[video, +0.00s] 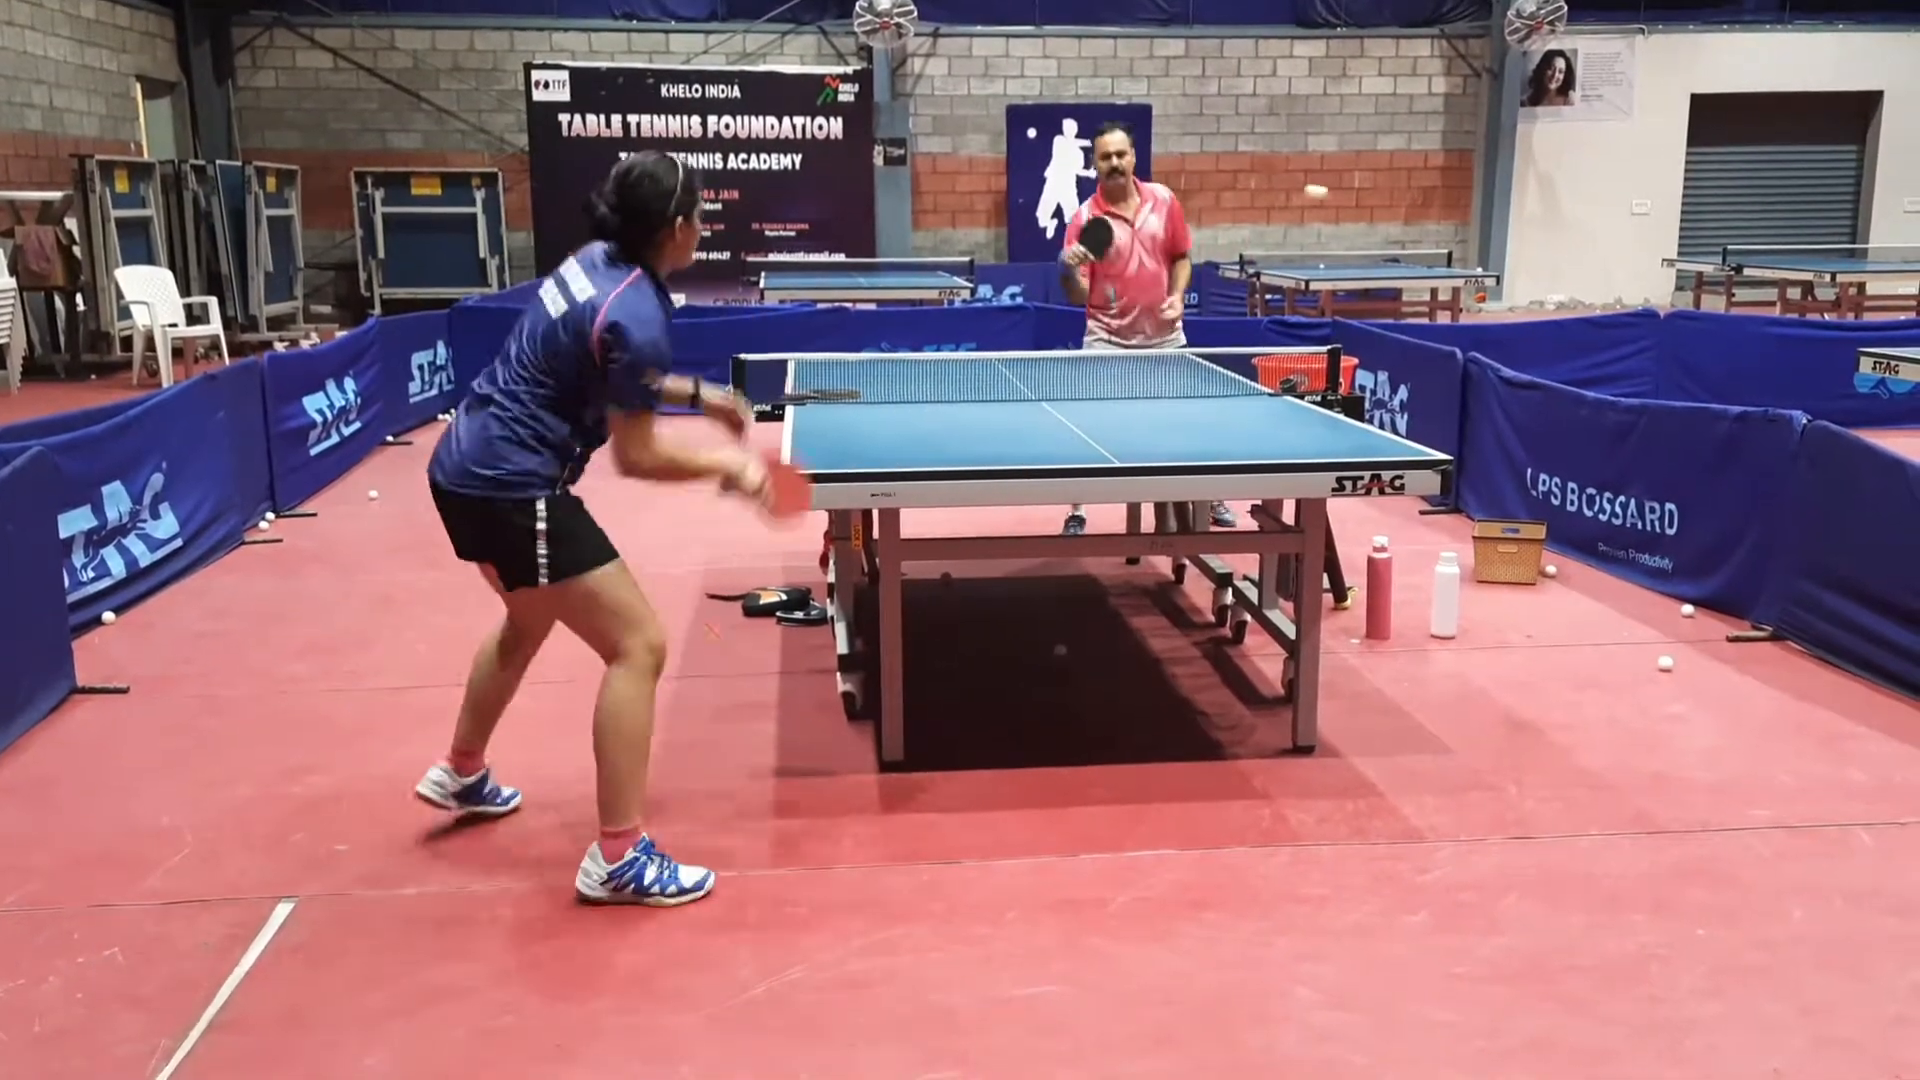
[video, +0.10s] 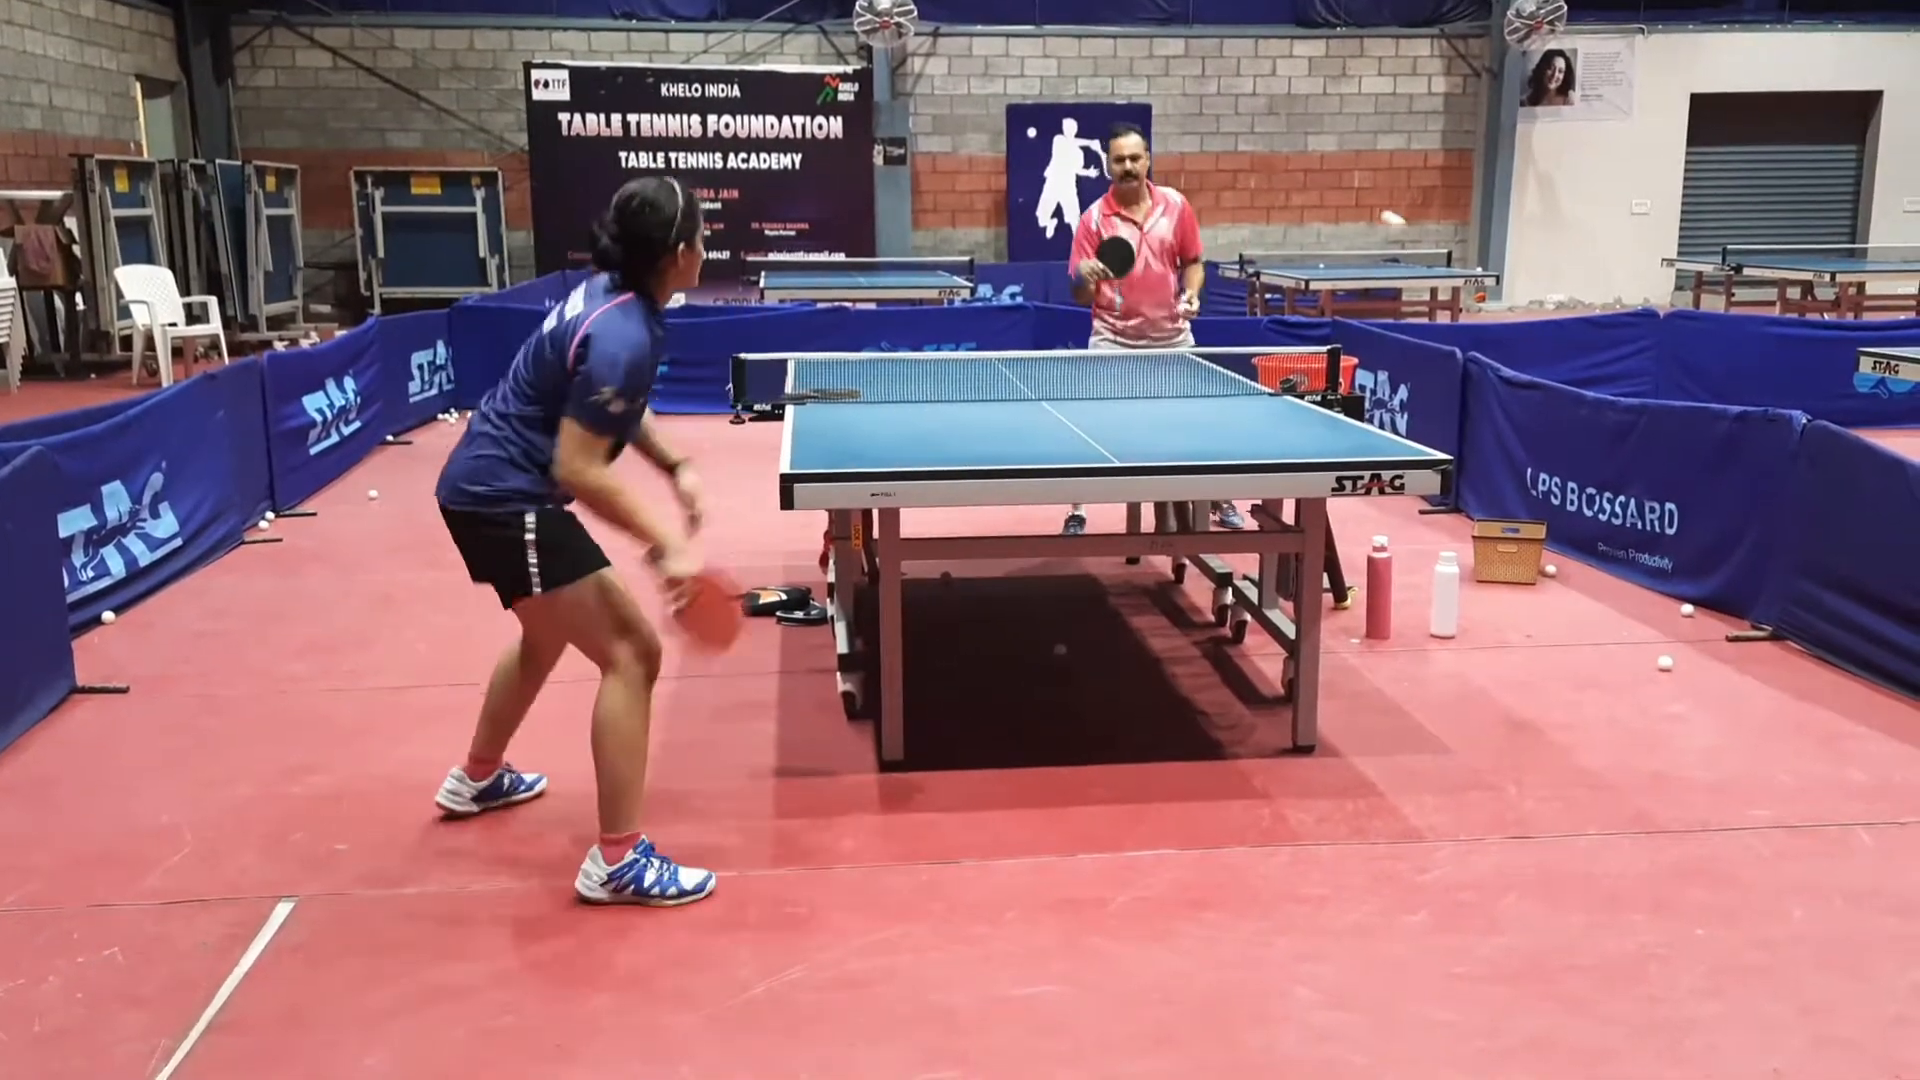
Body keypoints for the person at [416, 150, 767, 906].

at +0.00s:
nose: (698, 225)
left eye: (694, 213)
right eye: (693, 215)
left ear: (628, 220)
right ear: (672, 230)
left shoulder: (595, 261)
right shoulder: (639, 318)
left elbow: (605, 376)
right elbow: (636, 456)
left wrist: (701, 396)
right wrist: (725, 465)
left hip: (463, 466)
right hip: (514, 486)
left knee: (527, 621)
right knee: (639, 648)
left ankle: (460, 773)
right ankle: (620, 852)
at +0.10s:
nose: (703, 248)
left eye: (699, 236)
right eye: (697, 238)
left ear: (632, 246)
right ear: (674, 254)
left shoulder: (602, 289)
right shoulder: (623, 334)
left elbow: (614, 402)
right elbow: (578, 471)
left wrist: (673, 466)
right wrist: (662, 541)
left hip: (481, 486)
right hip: (509, 500)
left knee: (545, 632)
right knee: (632, 654)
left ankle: (476, 777)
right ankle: (619, 855)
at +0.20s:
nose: (691, 251)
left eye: (687, 239)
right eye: (684, 242)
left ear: (619, 250)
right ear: (663, 260)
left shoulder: (603, 302)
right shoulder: (602, 333)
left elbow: (592, 404)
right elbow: (532, 453)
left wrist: (624, 475)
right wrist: (582, 554)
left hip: (495, 493)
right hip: (506, 504)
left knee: (560, 636)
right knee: (630, 655)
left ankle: (475, 777)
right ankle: (619, 854)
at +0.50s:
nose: (631, 185)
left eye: (626, 173)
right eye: (626, 174)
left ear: (562, 183)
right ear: (605, 185)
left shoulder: (550, 241)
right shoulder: (571, 267)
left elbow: (549, 350)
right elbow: (518, 383)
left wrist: (584, 408)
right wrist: (592, 473)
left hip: (480, 459)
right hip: (505, 465)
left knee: (524, 625)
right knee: (590, 632)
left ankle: (472, 774)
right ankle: (594, 834)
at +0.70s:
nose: (623, 185)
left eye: (621, 173)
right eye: (620, 175)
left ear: (542, 181)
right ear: (603, 185)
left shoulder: (517, 239)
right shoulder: (595, 263)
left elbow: (552, 366)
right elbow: (605, 390)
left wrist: (648, 394)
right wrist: (682, 401)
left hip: (450, 460)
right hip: (509, 469)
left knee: (496, 623)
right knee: (588, 639)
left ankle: (466, 772)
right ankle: (575, 838)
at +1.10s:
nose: (665, 227)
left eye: (663, 214)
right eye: (661, 215)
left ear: (601, 218)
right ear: (637, 226)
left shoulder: (577, 262)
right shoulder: (586, 300)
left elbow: (599, 366)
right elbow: (567, 437)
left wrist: (682, 399)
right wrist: (663, 463)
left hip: (453, 459)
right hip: (481, 475)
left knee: (501, 613)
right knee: (594, 636)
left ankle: (427, 737)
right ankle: (576, 833)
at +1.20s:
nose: (659, 269)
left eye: (658, 256)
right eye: (655, 256)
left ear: (607, 258)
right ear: (626, 265)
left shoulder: (616, 319)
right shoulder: (534, 328)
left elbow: (624, 393)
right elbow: (476, 444)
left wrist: (674, 449)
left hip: (497, 494)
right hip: (464, 498)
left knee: (498, 622)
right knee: (593, 641)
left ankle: (396, 735)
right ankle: (574, 834)